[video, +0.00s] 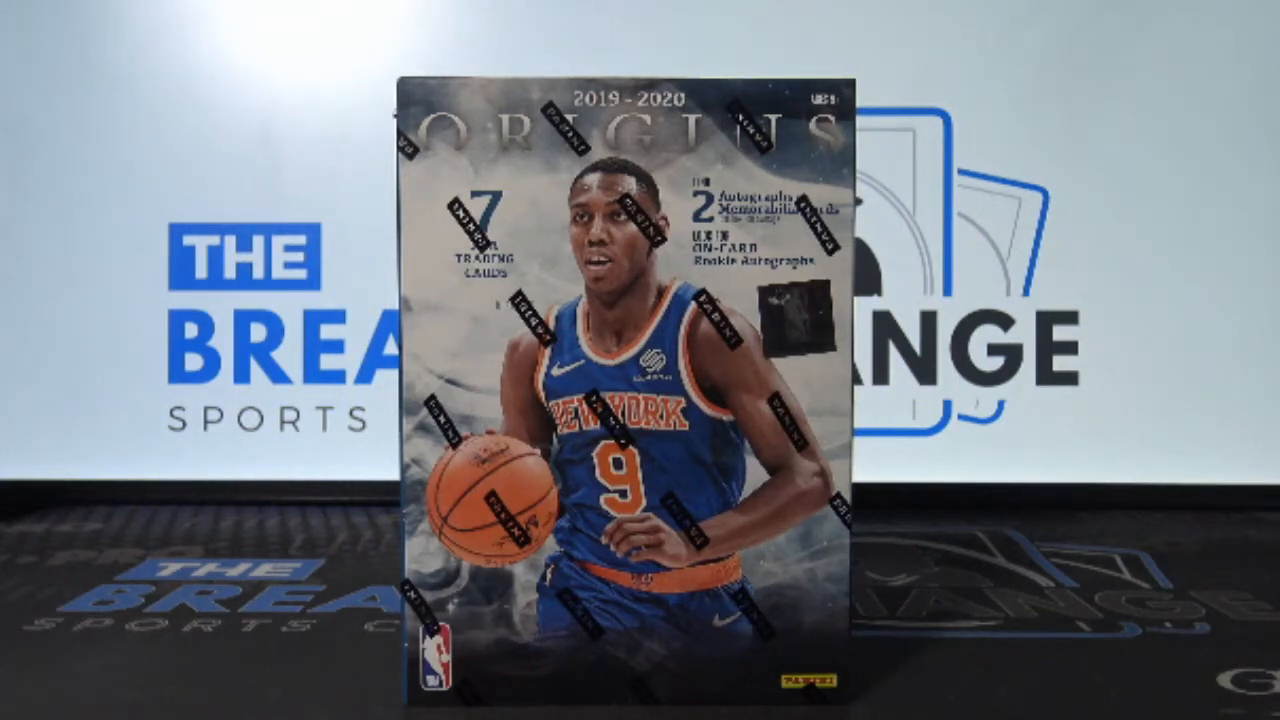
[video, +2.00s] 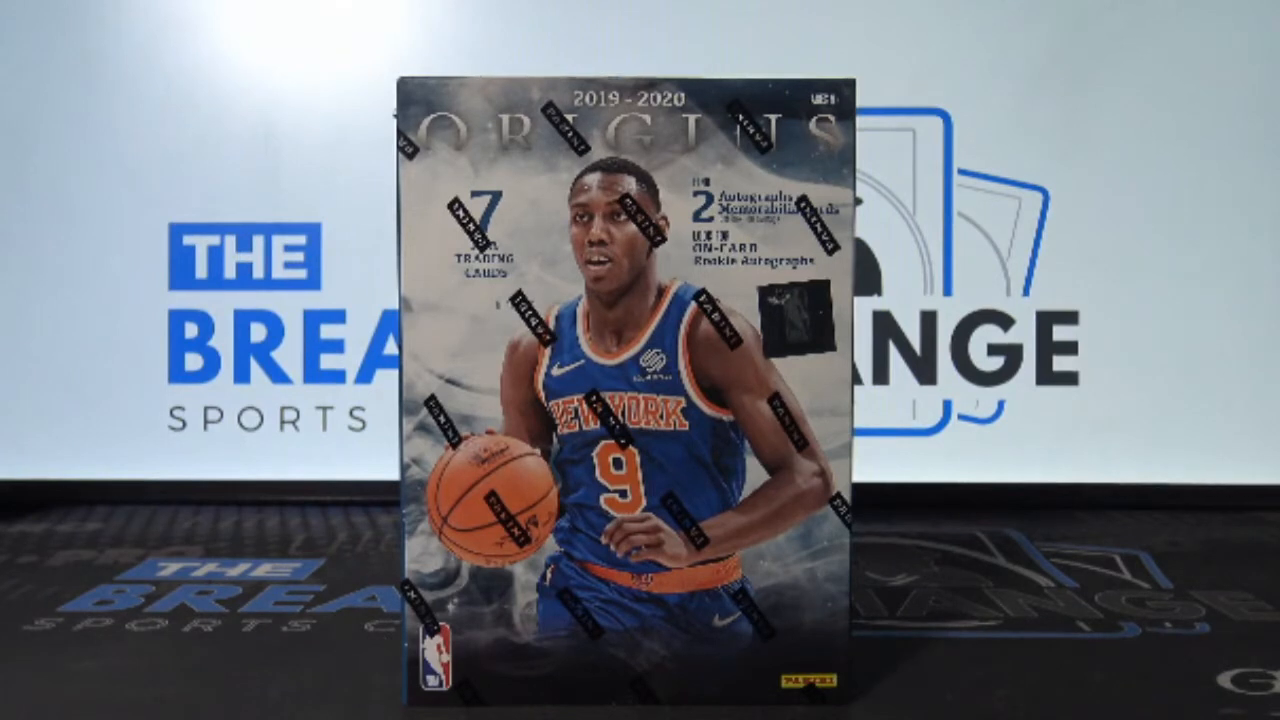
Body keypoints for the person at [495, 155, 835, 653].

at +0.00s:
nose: (595, 235)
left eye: (618, 216)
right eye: (581, 218)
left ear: (657, 230)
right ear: (569, 232)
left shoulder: (712, 334)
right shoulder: (534, 353)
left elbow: (809, 476)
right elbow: (526, 487)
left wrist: (695, 542)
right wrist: (477, 471)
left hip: (698, 613)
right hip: (583, 606)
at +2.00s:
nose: (595, 234)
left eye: (617, 216)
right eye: (582, 218)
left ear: (657, 230)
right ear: (570, 231)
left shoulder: (712, 334)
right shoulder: (534, 352)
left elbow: (809, 476)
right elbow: (525, 486)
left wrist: (694, 544)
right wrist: (479, 469)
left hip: (697, 613)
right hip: (583, 606)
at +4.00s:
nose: (595, 235)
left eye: (617, 216)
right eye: (582, 218)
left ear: (657, 230)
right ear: (570, 232)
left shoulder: (712, 334)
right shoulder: (534, 353)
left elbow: (809, 476)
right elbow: (525, 488)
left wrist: (695, 543)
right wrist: (475, 473)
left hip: (697, 612)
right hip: (582, 605)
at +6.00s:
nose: (595, 235)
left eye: (617, 216)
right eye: (582, 218)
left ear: (657, 230)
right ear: (569, 232)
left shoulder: (713, 335)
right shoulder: (535, 352)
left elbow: (810, 477)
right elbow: (530, 489)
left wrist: (696, 541)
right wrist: (485, 467)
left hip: (697, 614)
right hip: (582, 606)